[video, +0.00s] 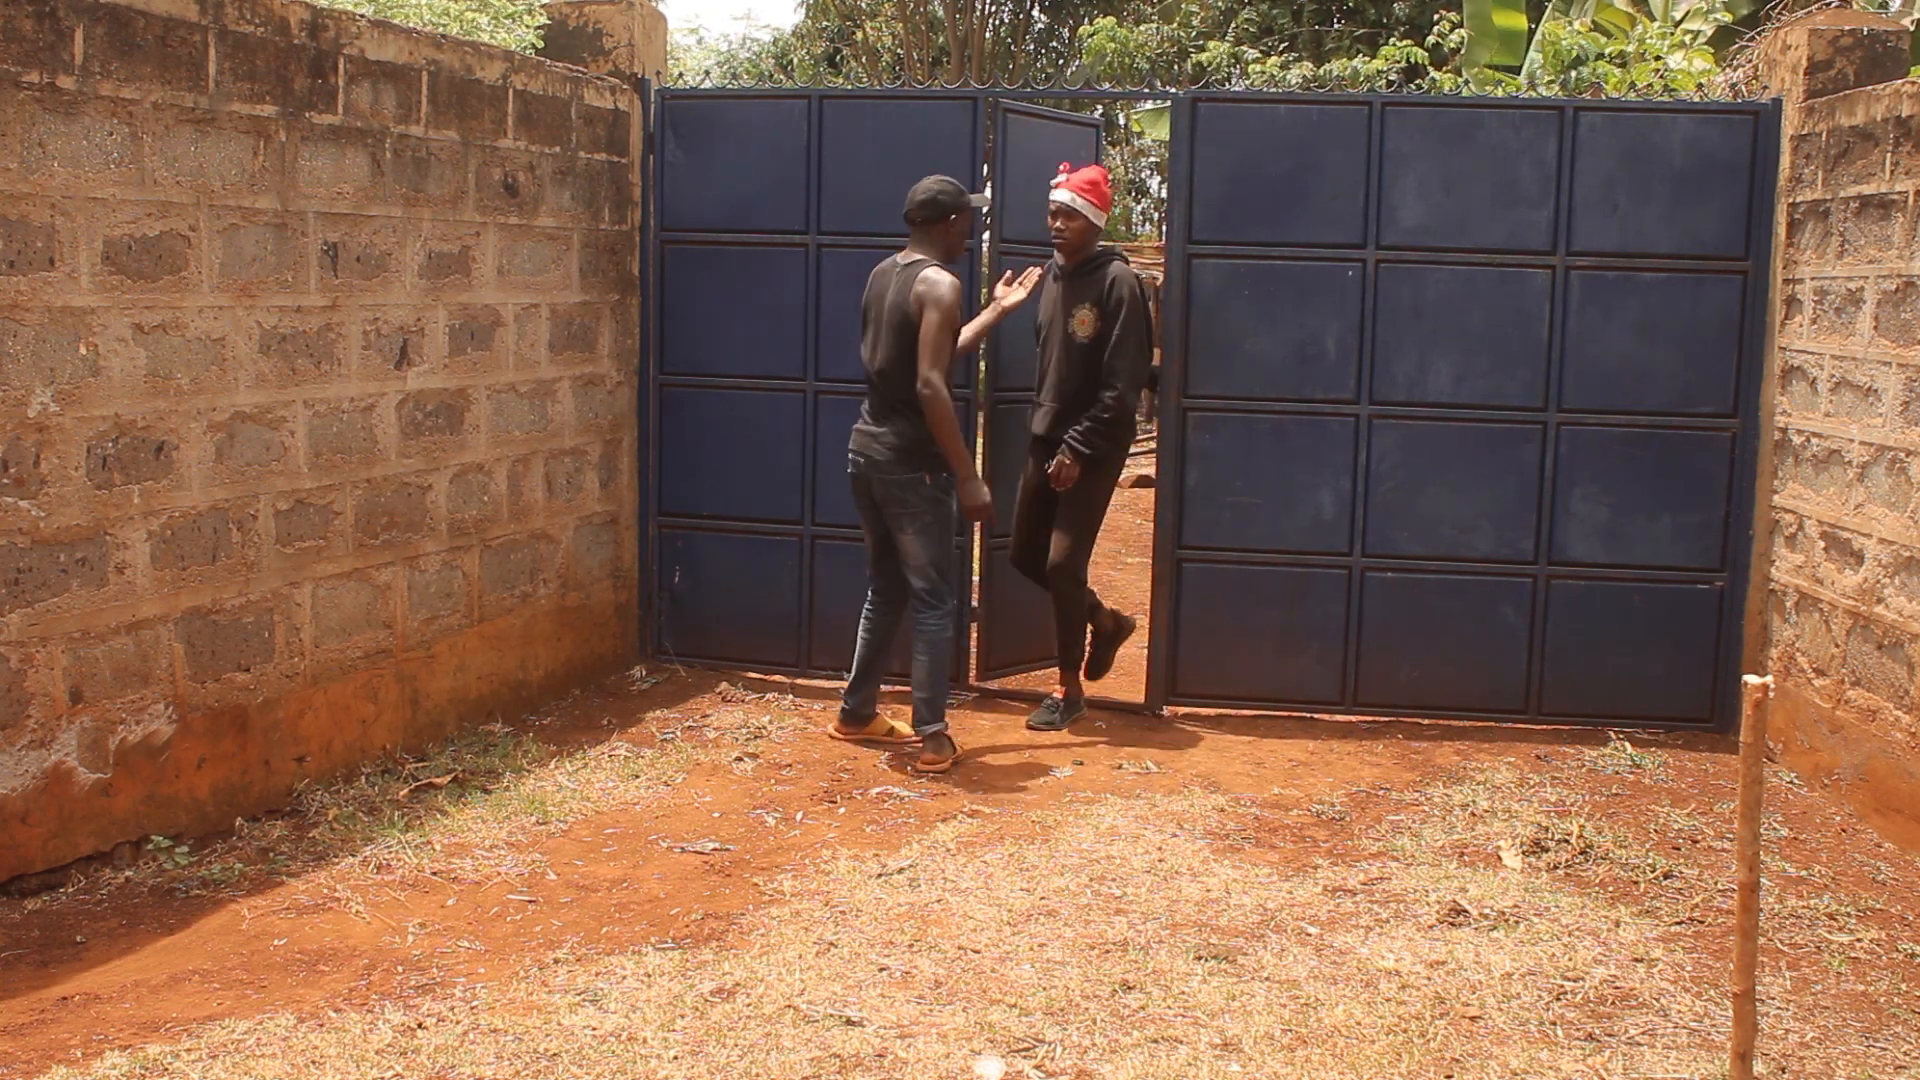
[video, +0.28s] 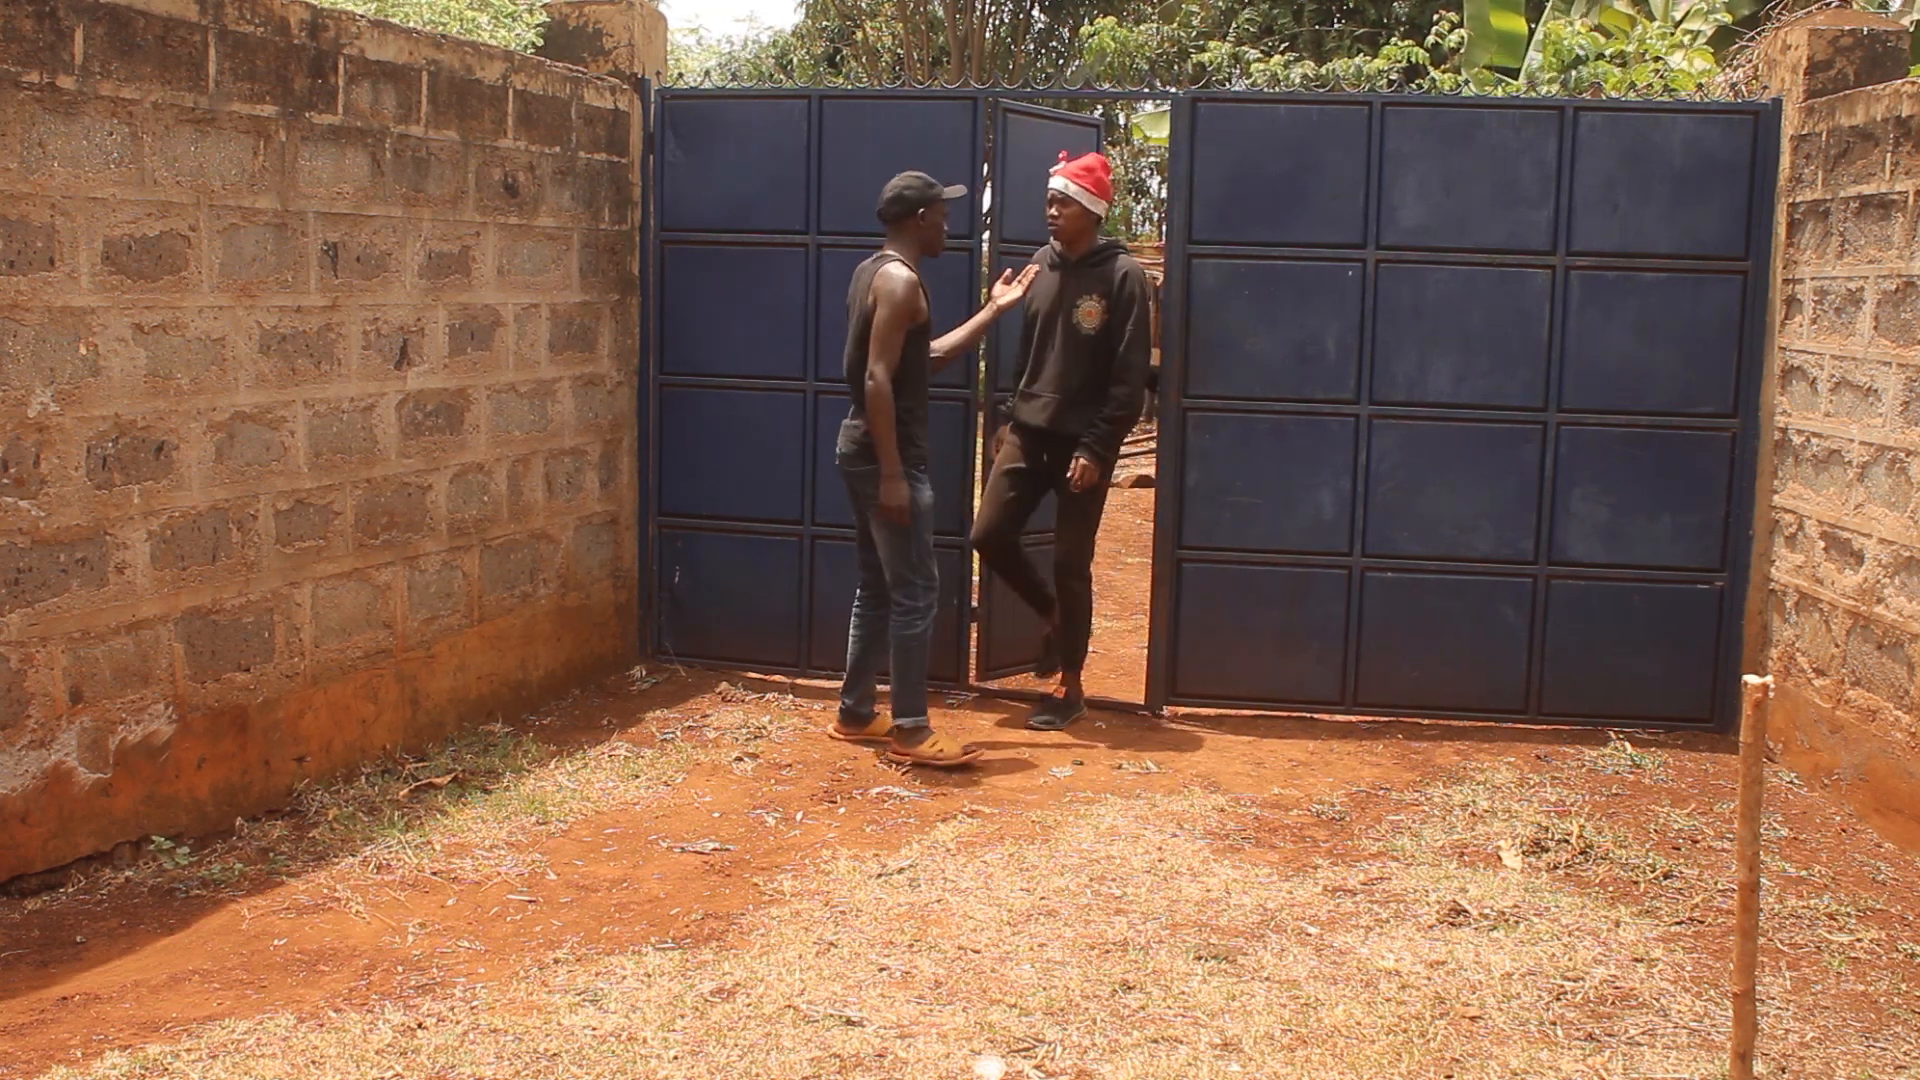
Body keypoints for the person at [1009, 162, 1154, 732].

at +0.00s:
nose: (1056, 223)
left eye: (1069, 214)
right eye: (1053, 212)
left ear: (1098, 221)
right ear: (1049, 216)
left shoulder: (1121, 281)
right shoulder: (1052, 276)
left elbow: (1123, 386)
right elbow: (1050, 358)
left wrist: (1079, 448)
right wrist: (1041, 428)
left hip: (1095, 444)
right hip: (1047, 437)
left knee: (1064, 564)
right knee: (1025, 554)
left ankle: (1071, 694)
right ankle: (1105, 621)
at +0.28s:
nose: (1052, 211)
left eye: (1064, 202)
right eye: (1050, 201)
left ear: (1096, 210)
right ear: (1049, 206)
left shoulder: (1125, 276)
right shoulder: (1042, 266)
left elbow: (1131, 377)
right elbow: (1030, 352)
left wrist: (1097, 448)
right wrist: (1011, 417)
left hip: (1085, 440)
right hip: (1029, 430)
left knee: (1070, 564)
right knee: (989, 537)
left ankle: (1069, 688)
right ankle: (1055, 618)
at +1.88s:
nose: (1058, 213)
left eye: (1070, 204)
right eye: (1055, 202)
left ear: (1101, 211)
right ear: (1053, 204)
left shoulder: (1126, 280)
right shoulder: (1033, 265)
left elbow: (1133, 375)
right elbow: (1000, 350)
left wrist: (1118, 459)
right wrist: (981, 421)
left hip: (1078, 439)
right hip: (1016, 434)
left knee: (1072, 567)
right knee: (1013, 560)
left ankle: (1072, 689)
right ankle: (1015, 682)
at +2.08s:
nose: (1072, 216)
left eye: (1084, 208)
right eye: (1069, 206)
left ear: (1114, 212)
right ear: (1068, 210)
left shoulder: (1139, 277)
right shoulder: (1054, 267)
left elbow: (1145, 372)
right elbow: (1012, 345)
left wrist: (1124, 453)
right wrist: (967, 402)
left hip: (1085, 435)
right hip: (1025, 427)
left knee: (1069, 564)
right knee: (999, 552)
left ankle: (1071, 688)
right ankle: (1024, 674)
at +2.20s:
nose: (1084, 220)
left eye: (1096, 211)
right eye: (1081, 210)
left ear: (1127, 215)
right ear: (1078, 213)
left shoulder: (1150, 275)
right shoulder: (1063, 264)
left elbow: (1164, 372)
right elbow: (1011, 334)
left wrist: (1161, 458)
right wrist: (960, 392)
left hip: (1092, 432)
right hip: (1033, 425)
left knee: (1071, 560)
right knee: (1014, 553)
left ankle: (1070, 689)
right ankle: (1034, 678)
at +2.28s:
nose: (1092, 220)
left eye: (1104, 211)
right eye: (1088, 211)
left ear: (1133, 215)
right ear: (1084, 214)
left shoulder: (1151, 274)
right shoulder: (1063, 266)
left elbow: (1176, 370)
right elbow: (1013, 329)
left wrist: (1183, 461)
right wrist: (964, 384)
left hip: (1100, 432)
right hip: (1040, 425)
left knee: (1076, 558)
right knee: (1018, 551)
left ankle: (1071, 690)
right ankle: (1037, 678)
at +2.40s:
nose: (1097, 217)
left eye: (1111, 209)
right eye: (1095, 206)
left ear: (1138, 218)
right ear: (1088, 211)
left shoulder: (1151, 277)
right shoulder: (1070, 263)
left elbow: (1187, 368)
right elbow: (1021, 329)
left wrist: (1205, 454)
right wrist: (973, 385)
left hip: (1112, 433)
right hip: (1053, 424)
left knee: (1085, 559)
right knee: (1009, 534)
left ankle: (1073, 690)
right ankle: (1050, 641)